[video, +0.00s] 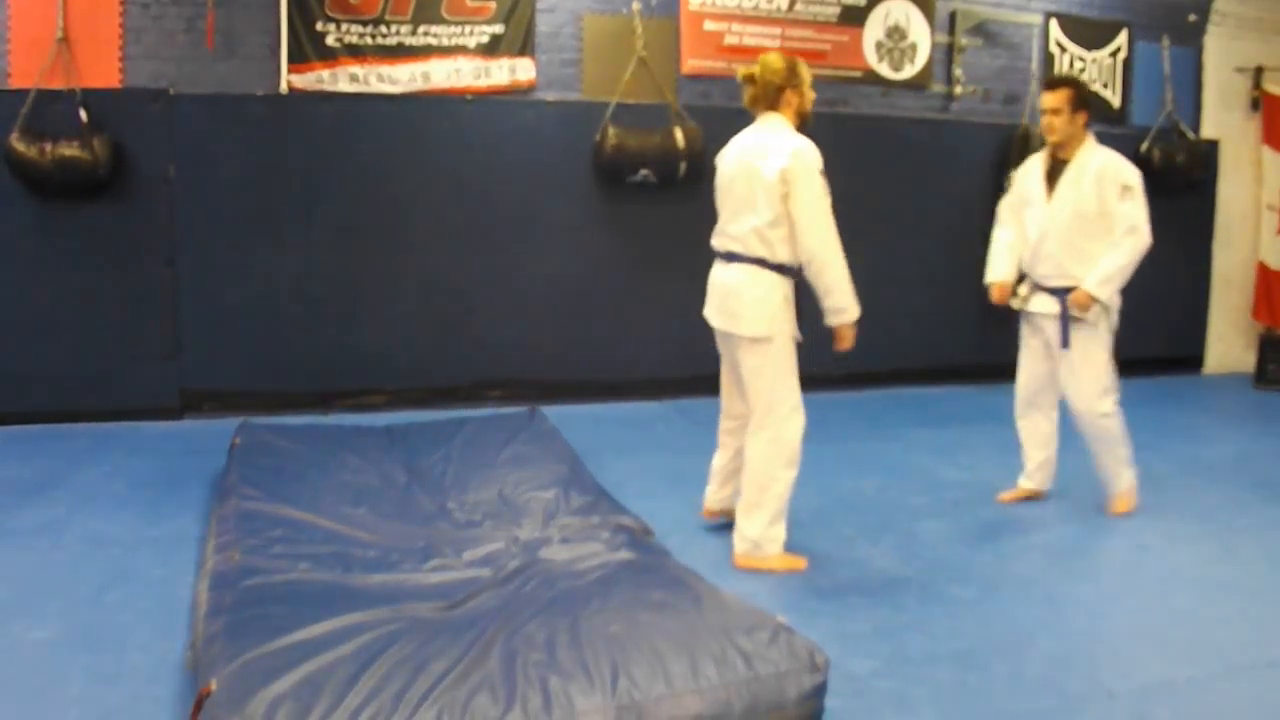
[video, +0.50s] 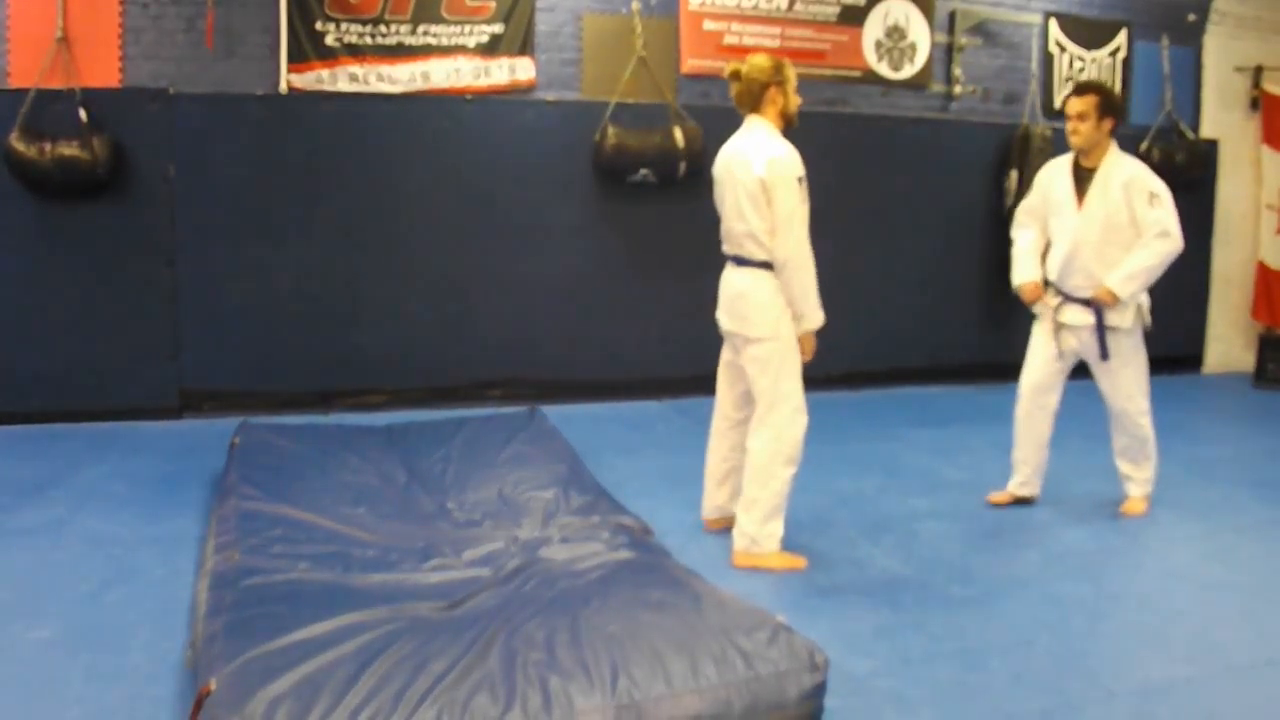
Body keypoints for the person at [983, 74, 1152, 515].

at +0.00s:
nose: (1046, 122)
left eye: (1056, 114)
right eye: (1043, 114)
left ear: (1082, 118)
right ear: (1040, 118)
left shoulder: (1117, 172)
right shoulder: (1028, 172)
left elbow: (1135, 237)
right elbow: (1008, 223)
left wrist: (1094, 289)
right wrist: (1001, 273)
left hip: (1087, 305)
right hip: (1035, 302)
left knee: (1091, 400)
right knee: (1032, 395)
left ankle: (1121, 484)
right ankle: (1035, 478)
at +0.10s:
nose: (1065, 128)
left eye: (1075, 120)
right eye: (1062, 119)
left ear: (1101, 124)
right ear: (1060, 122)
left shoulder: (1136, 182)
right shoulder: (1049, 175)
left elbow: (1145, 248)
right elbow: (1028, 228)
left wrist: (1106, 299)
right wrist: (1017, 279)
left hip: (1108, 307)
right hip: (1054, 302)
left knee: (1121, 398)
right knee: (1027, 385)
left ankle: (1140, 485)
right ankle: (1028, 478)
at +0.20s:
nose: (1078, 126)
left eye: (1088, 119)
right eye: (1075, 118)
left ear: (1114, 124)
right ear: (1072, 122)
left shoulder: (1143, 182)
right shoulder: (1060, 172)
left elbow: (1150, 251)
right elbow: (1040, 235)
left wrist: (1119, 307)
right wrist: (1030, 291)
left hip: (1119, 309)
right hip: (1065, 305)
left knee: (1132, 402)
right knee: (1033, 385)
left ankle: (1140, 487)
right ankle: (1025, 480)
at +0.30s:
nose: (1082, 122)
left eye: (1092, 115)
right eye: (1079, 114)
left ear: (1119, 121)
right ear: (1076, 119)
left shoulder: (1149, 178)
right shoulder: (1061, 170)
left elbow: (1165, 243)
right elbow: (1040, 227)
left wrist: (1122, 292)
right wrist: (1038, 284)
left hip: (1122, 308)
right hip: (1065, 303)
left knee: (1131, 403)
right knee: (1045, 394)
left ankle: (1137, 488)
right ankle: (1027, 482)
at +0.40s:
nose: (1080, 124)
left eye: (1090, 116)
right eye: (1077, 116)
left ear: (1116, 122)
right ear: (1074, 120)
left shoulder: (1146, 179)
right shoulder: (1060, 173)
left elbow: (1171, 241)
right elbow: (1035, 226)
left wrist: (1125, 289)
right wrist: (1035, 281)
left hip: (1121, 311)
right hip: (1063, 307)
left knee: (1133, 404)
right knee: (1041, 394)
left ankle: (1138, 487)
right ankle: (1027, 482)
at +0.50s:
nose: (1071, 126)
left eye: (1081, 119)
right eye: (1068, 118)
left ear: (1108, 123)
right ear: (1064, 121)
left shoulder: (1137, 178)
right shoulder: (1052, 174)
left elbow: (1167, 238)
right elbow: (1027, 225)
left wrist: (1119, 286)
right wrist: (1026, 275)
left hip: (1114, 313)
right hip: (1055, 309)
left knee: (1128, 405)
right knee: (1032, 394)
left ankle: (1138, 488)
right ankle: (1023, 484)